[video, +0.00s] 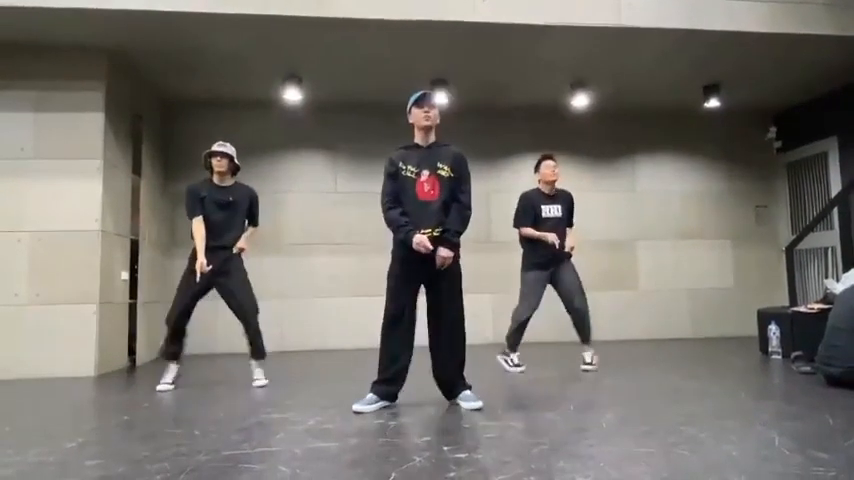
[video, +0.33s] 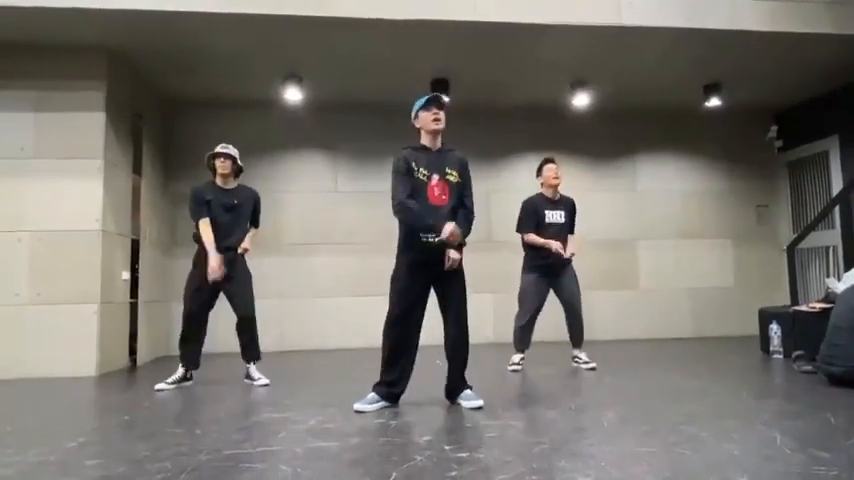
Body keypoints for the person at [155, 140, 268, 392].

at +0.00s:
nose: (218, 161)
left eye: (223, 158)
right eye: (215, 157)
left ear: (233, 163)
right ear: (209, 162)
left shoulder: (247, 194)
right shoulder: (196, 190)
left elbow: (252, 224)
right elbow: (197, 224)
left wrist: (244, 238)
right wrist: (200, 256)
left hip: (230, 259)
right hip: (202, 258)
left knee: (249, 312)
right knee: (177, 315)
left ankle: (257, 365)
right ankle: (172, 365)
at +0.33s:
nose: (221, 162)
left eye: (226, 158)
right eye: (218, 158)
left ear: (236, 164)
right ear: (212, 164)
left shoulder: (250, 195)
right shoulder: (201, 192)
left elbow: (253, 225)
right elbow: (204, 225)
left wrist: (247, 242)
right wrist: (212, 255)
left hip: (235, 258)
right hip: (206, 256)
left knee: (246, 312)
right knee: (193, 311)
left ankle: (251, 366)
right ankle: (186, 369)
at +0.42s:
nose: (222, 164)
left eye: (227, 161)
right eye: (219, 159)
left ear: (235, 167)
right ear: (212, 163)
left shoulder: (245, 194)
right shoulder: (198, 191)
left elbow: (248, 224)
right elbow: (197, 222)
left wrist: (247, 238)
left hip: (236, 258)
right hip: (208, 258)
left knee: (247, 309)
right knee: (194, 312)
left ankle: (251, 366)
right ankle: (184, 369)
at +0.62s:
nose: (216, 168)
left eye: (222, 165)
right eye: (213, 163)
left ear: (229, 172)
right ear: (205, 167)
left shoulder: (237, 199)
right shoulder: (190, 193)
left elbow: (236, 229)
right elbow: (169, 221)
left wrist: (238, 240)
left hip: (231, 258)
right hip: (201, 259)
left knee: (245, 309)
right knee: (189, 313)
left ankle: (251, 366)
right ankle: (180, 369)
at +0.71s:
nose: (213, 167)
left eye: (218, 164)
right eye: (209, 163)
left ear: (225, 170)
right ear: (202, 167)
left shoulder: (235, 199)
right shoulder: (186, 195)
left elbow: (234, 228)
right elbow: (166, 219)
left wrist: (230, 241)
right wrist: (168, 241)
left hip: (224, 262)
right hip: (194, 263)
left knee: (242, 309)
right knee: (177, 315)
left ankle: (251, 366)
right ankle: (179, 370)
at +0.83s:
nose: (205, 166)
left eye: (210, 163)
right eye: (201, 162)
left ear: (218, 169)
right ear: (194, 168)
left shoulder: (232, 201)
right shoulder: (181, 196)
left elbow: (238, 228)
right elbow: (172, 220)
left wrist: (229, 245)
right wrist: (166, 242)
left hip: (216, 266)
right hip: (185, 267)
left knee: (234, 313)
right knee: (167, 320)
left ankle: (251, 366)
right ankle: (177, 370)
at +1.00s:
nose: (204, 166)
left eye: (208, 162)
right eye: (199, 163)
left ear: (218, 166)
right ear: (194, 167)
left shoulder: (233, 195)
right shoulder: (189, 195)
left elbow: (249, 222)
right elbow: (188, 221)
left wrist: (231, 239)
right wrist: (172, 236)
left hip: (215, 257)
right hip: (188, 257)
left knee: (226, 310)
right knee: (178, 312)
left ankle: (249, 365)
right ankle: (180, 370)